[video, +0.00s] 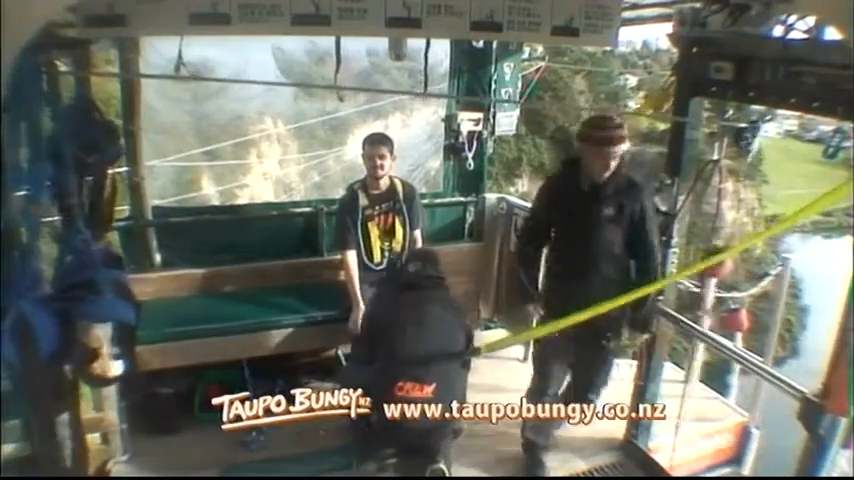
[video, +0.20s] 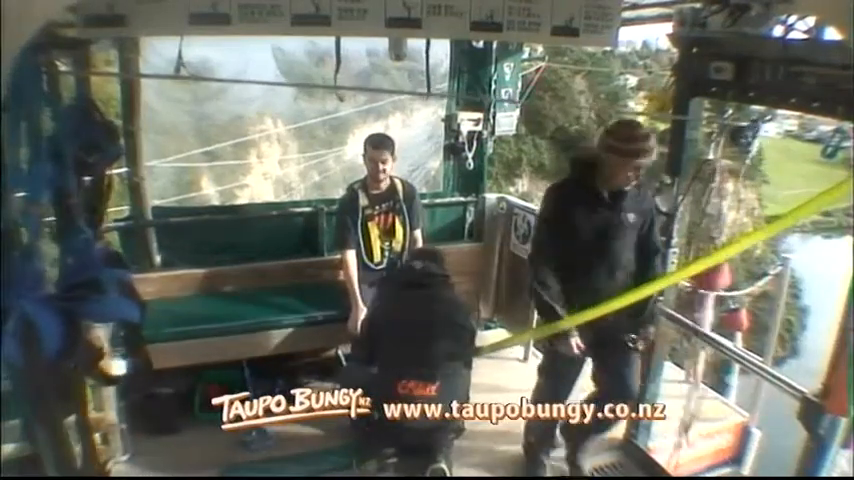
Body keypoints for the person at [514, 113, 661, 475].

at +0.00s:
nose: (612, 158)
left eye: (617, 151)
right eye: (604, 150)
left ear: (623, 152)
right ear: (584, 149)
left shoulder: (632, 193)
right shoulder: (558, 187)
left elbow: (648, 254)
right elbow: (530, 241)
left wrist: (645, 308)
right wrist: (528, 294)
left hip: (608, 305)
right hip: (561, 300)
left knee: (588, 389)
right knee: (547, 383)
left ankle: (545, 422)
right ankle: (533, 449)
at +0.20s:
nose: (637, 172)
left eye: (641, 165)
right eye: (631, 164)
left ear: (643, 163)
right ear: (608, 157)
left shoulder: (644, 203)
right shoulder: (564, 195)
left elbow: (652, 267)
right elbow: (541, 265)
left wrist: (646, 321)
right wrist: (559, 324)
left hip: (618, 318)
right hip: (569, 315)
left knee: (622, 394)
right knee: (554, 392)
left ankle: (576, 434)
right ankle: (536, 449)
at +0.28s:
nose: (652, 186)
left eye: (658, 180)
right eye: (647, 177)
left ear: (662, 176)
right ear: (624, 164)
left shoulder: (652, 212)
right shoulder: (577, 201)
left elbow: (653, 273)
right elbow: (557, 275)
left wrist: (648, 325)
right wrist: (576, 334)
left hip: (620, 321)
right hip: (575, 316)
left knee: (630, 402)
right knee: (559, 389)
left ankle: (598, 468)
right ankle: (537, 456)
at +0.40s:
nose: (676, 202)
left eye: (683, 197)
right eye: (674, 192)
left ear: (685, 195)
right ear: (655, 176)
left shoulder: (664, 215)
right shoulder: (602, 211)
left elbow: (656, 281)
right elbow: (584, 295)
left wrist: (652, 335)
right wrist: (613, 360)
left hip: (631, 335)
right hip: (586, 329)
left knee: (631, 431)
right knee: (562, 397)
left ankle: (640, 470)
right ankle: (538, 450)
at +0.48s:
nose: (696, 213)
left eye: (703, 208)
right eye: (697, 203)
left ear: (701, 201)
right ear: (680, 187)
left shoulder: (669, 222)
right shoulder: (621, 214)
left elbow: (659, 292)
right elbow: (597, 303)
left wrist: (661, 343)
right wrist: (628, 364)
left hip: (639, 347)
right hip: (597, 339)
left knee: (641, 449)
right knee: (572, 403)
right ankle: (538, 449)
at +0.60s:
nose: (732, 237)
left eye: (740, 232)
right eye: (737, 226)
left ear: (726, 211)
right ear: (723, 204)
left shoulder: (698, 238)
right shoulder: (656, 215)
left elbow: (683, 306)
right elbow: (618, 293)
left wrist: (690, 356)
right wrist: (631, 366)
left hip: (664, 360)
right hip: (620, 350)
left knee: (656, 458)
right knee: (591, 432)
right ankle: (546, 448)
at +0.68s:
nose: (749, 253)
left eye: (758, 251)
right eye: (756, 245)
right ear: (745, 218)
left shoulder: (714, 244)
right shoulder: (674, 220)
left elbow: (707, 309)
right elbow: (623, 289)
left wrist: (718, 360)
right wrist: (618, 361)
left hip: (679, 369)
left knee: (676, 462)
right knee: (619, 456)